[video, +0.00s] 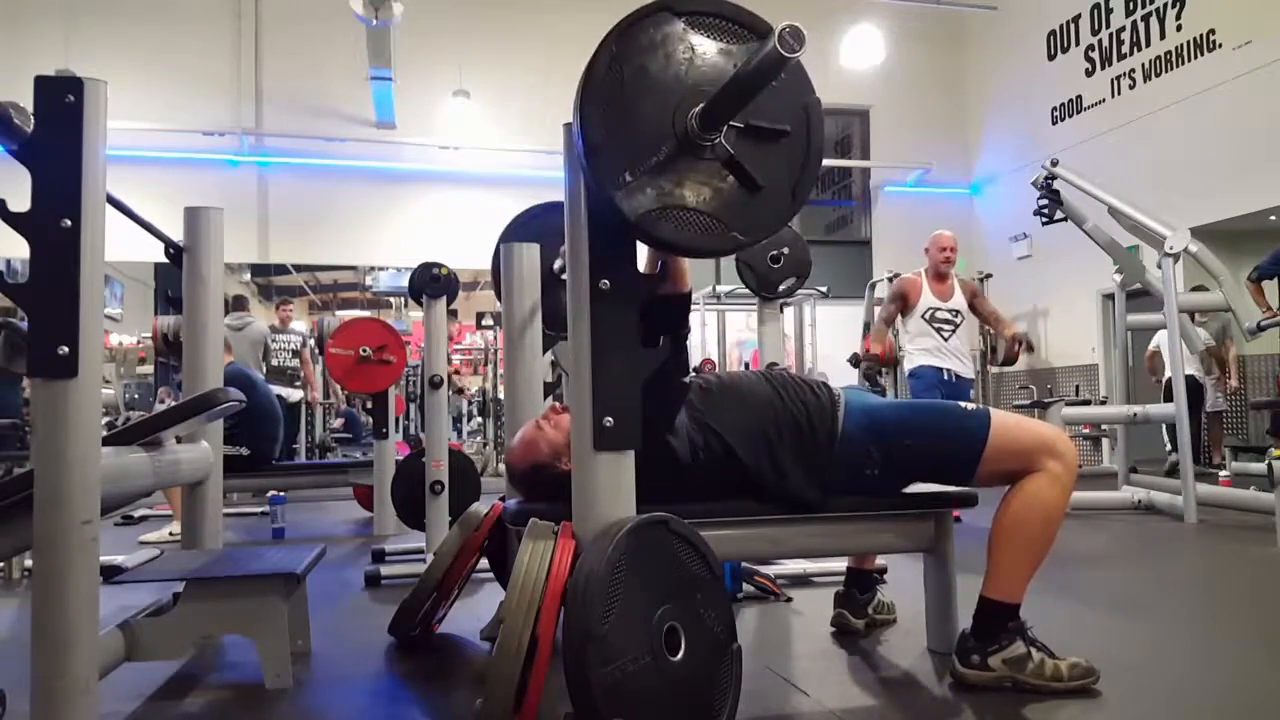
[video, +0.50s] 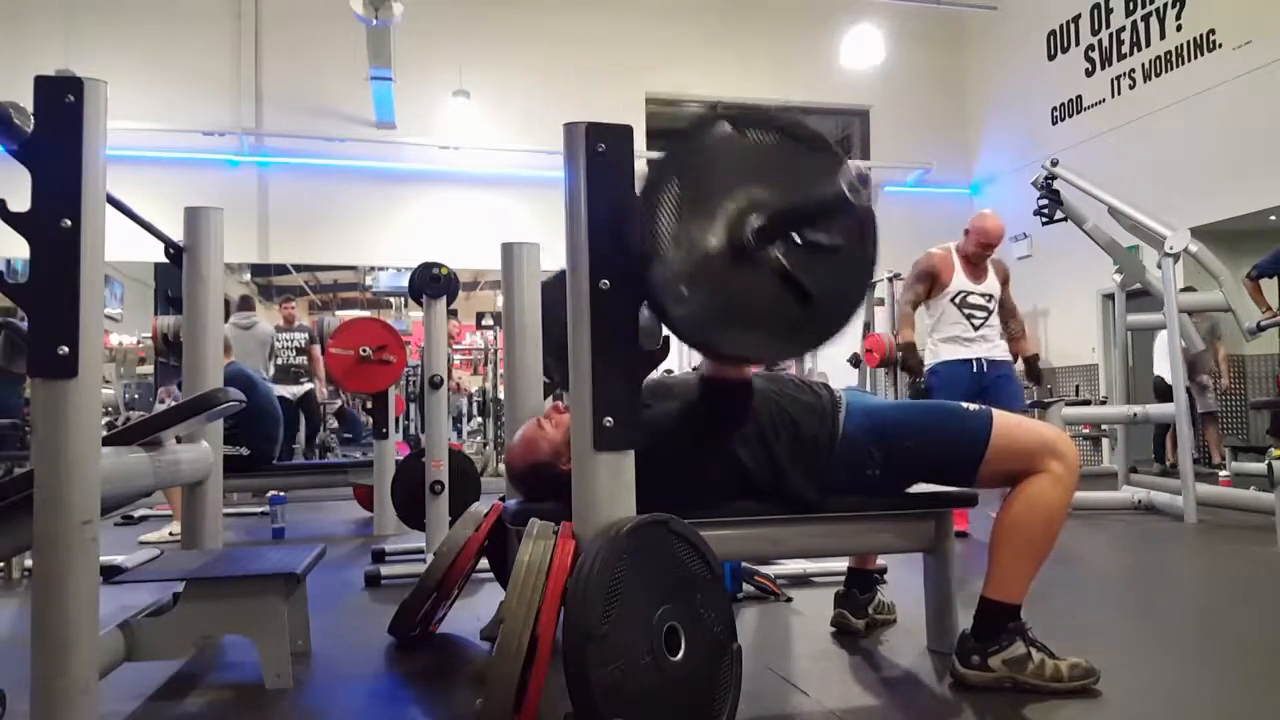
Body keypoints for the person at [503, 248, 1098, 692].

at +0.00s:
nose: (554, 409)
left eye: (544, 413)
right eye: (545, 426)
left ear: (564, 431)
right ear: (562, 463)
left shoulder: (615, 434)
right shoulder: (629, 457)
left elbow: (647, 366)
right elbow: (657, 348)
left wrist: (662, 266)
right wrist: (669, 255)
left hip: (827, 419)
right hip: (846, 435)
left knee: (922, 437)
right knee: (1054, 454)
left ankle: (858, 592)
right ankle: (992, 639)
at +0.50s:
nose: (553, 410)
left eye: (544, 413)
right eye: (544, 425)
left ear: (561, 421)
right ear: (555, 461)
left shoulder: (607, 436)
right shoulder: (617, 460)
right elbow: (714, 408)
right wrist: (731, 306)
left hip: (814, 430)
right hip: (837, 435)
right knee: (1055, 456)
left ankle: (860, 595)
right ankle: (993, 640)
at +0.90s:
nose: (550, 406)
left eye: (540, 413)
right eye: (544, 424)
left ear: (557, 419)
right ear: (562, 456)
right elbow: (750, 457)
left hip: (811, 417)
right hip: (839, 440)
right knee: (1058, 456)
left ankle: (857, 598)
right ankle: (991, 642)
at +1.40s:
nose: (555, 405)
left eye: (544, 410)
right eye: (548, 421)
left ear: (563, 428)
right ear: (564, 455)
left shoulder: (621, 425)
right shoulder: (630, 458)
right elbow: (757, 462)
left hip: (807, 430)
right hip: (840, 445)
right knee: (1059, 455)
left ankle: (858, 595)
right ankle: (994, 641)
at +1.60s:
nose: (548, 410)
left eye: (540, 415)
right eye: (542, 425)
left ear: (560, 422)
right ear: (560, 455)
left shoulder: (617, 424)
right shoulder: (608, 455)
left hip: (787, 436)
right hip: (831, 441)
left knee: (904, 430)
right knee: (1058, 458)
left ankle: (858, 596)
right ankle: (992, 642)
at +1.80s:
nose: (549, 406)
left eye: (537, 412)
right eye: (540, 421)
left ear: (554, 450)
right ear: (559, 456)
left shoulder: (602, 446)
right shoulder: (627, 453)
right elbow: (690, 360)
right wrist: (694, 264)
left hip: (802, 449)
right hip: (839, 430)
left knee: (898, 456)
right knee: (1050, 450)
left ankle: (862, 594)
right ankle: (992, 641)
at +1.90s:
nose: (543, 408)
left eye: (531, 415)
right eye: (536, 426)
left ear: (552, 448)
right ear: (558, 460)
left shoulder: (602, 431)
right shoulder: (618, 434)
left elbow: (641, 329)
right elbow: (657, 307)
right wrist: (658, 218)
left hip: (813, 426)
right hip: (841, 433)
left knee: (914, 432)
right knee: (1049, 451)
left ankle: (860, 594)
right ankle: (991, 642)